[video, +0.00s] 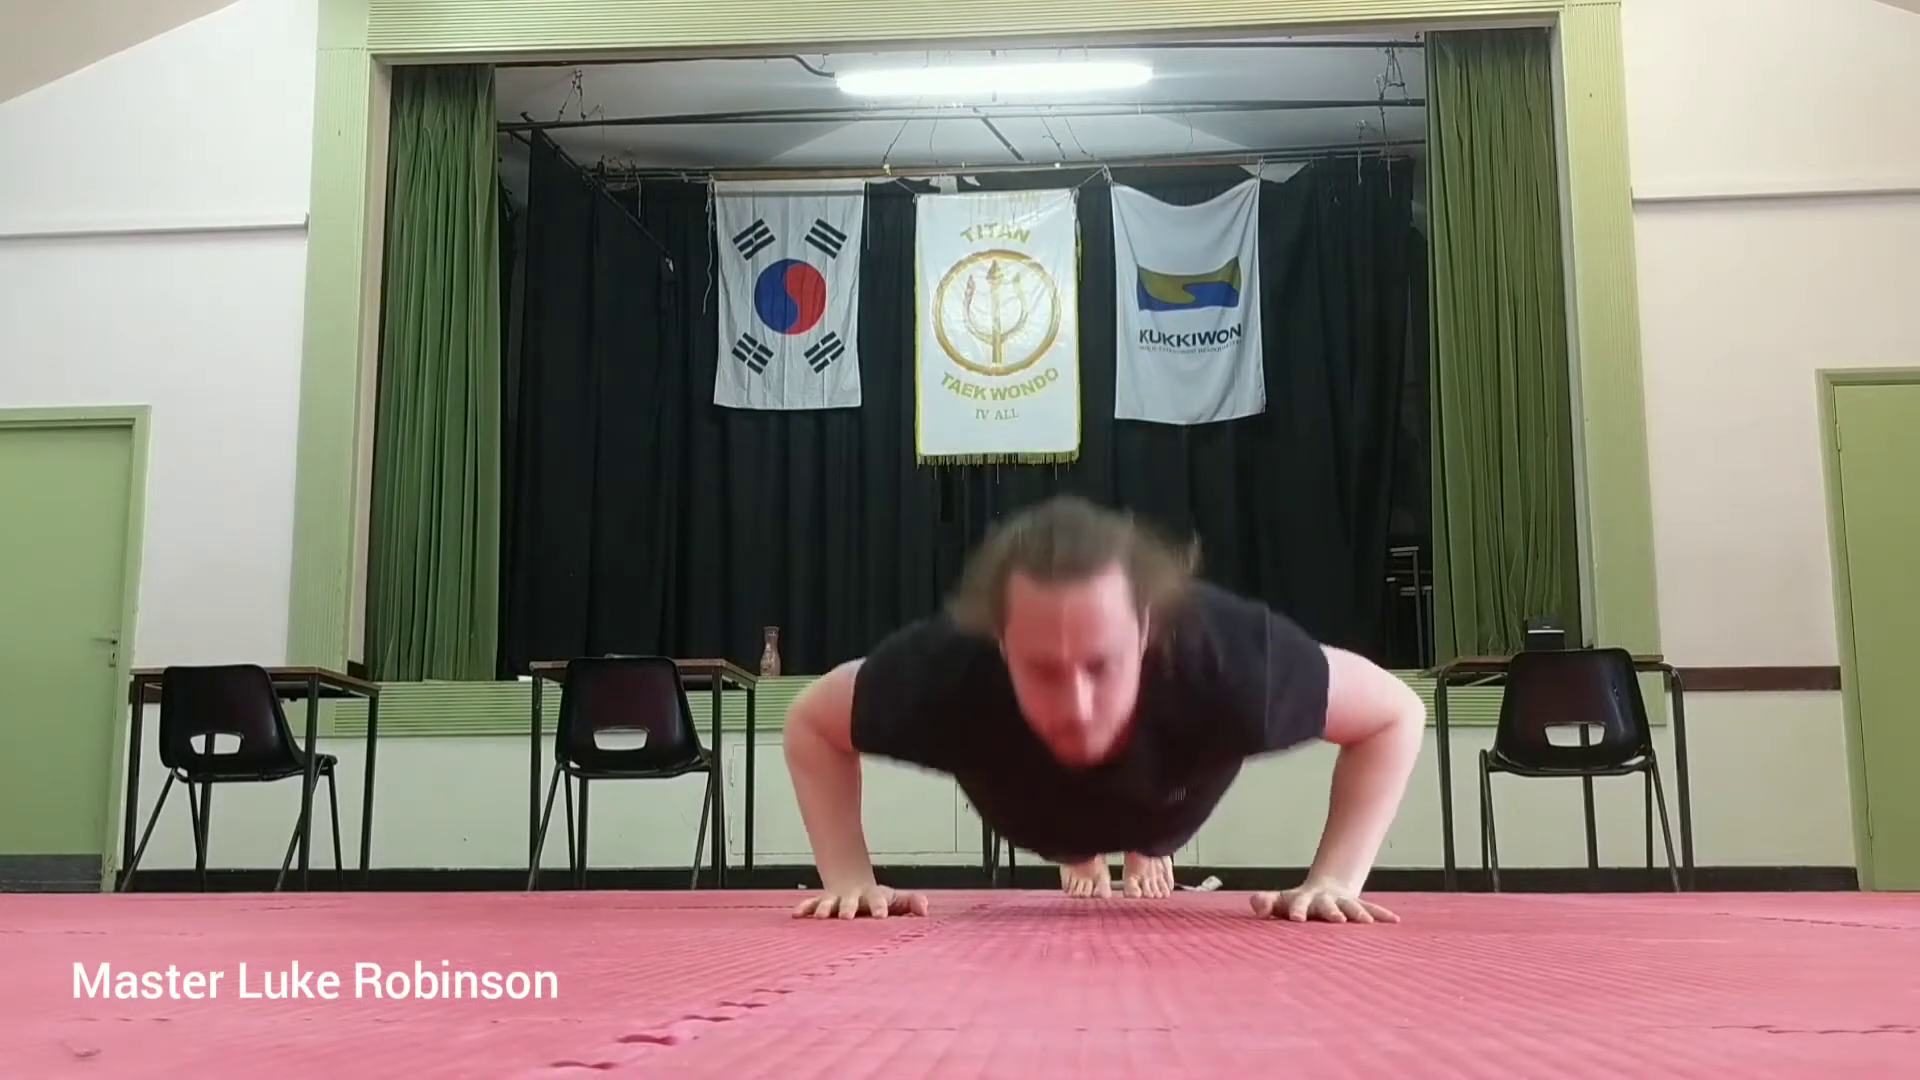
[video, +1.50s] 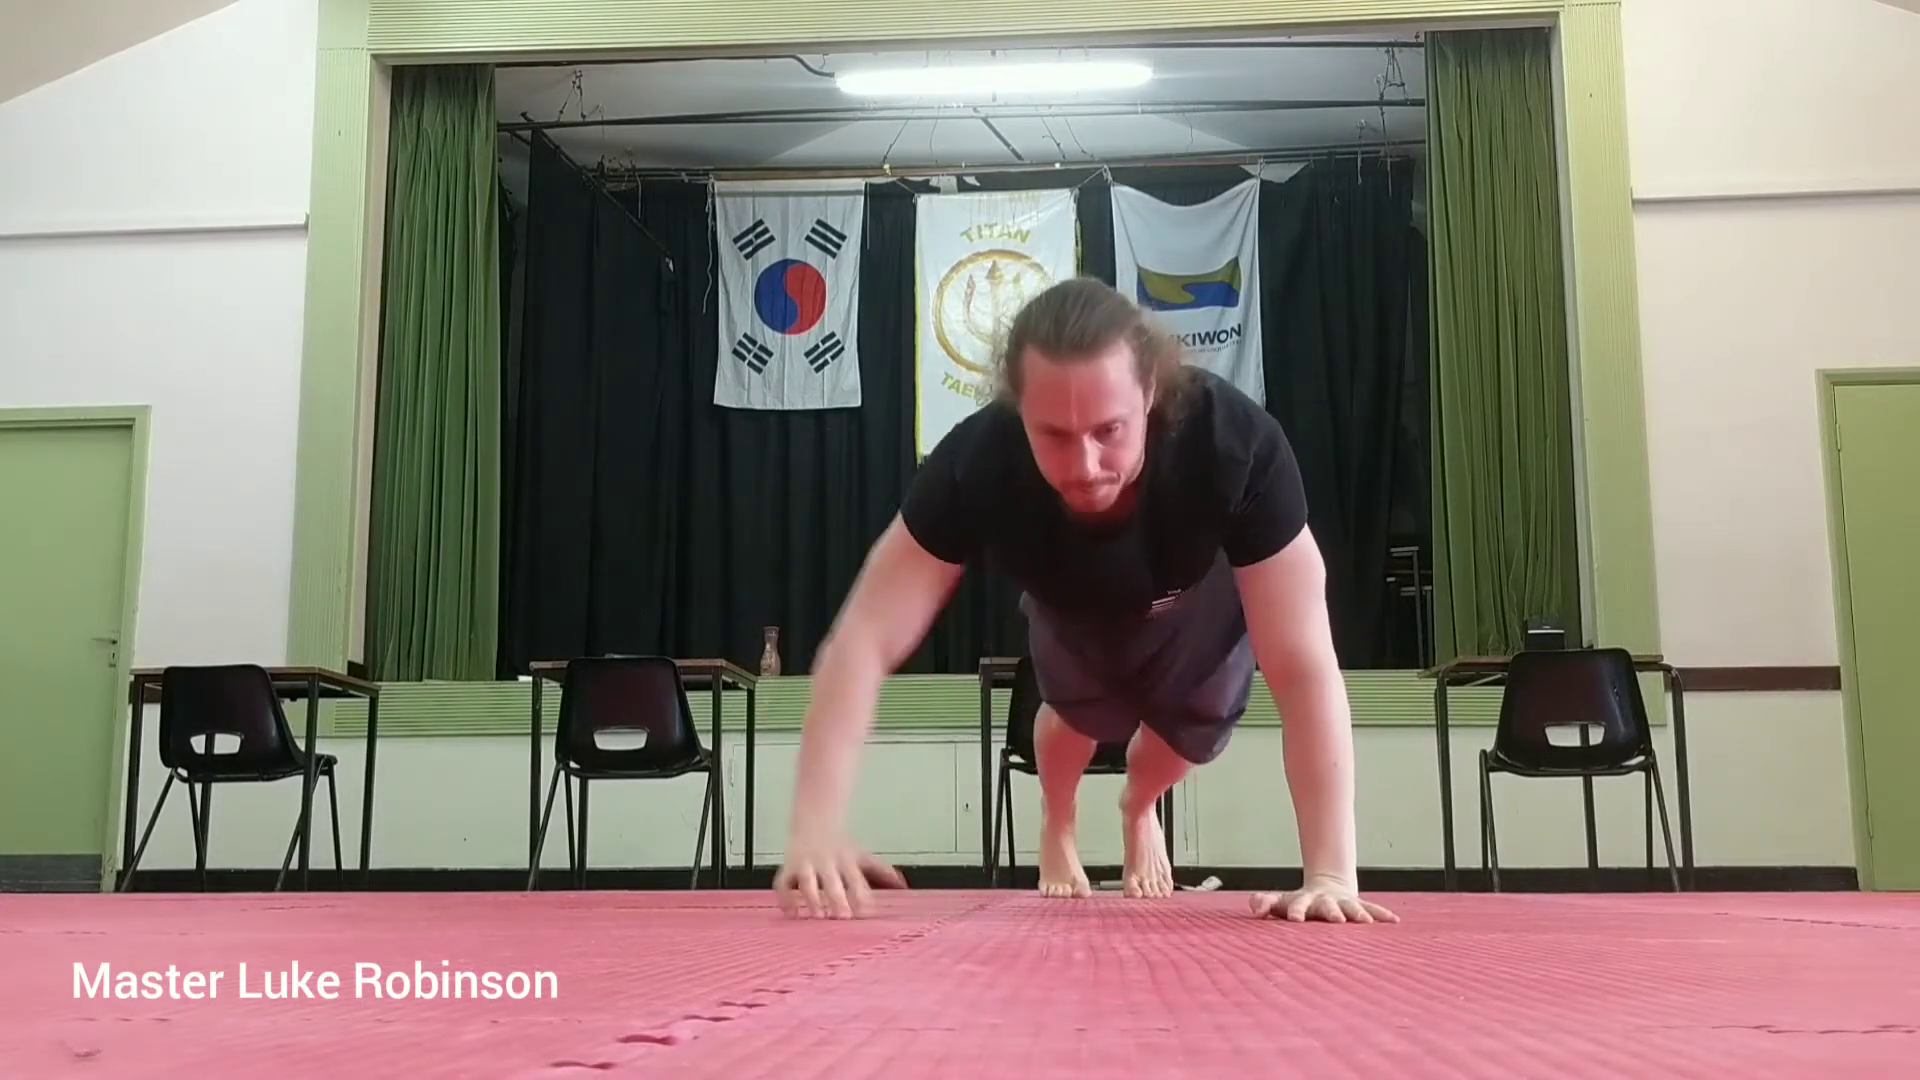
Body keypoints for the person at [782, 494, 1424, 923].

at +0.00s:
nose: (1076, 700)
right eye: (1046, 672)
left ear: (1145, 635)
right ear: (1003, 646)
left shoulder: (1229, 662)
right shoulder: (948, 675)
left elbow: (1394, 716)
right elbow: (813, 723)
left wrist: (1337, 878)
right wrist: (848, 880)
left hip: (1167, 795)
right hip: (1032, 806)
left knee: (1146, 822)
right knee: (1067, 833)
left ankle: (1144, 851)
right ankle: (1082, 855)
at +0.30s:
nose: (1085, 813)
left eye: (1110, 775)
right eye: (1050, 779)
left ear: (1157, 744)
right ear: (1006, 749)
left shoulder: (1242, 754)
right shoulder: (947, 747)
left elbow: (1397, 714)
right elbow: (796, 712)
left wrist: (1335, 878)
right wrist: (845, 875)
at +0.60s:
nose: (1071, 569)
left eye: (1095, 535)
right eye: (1043, 537)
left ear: (1141, 522)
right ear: (1003, 527)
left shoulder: (1225, 588)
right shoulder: (948, 596)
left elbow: (1390, 708)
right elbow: (798, 720)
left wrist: (1336, 877)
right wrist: (846, 872)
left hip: (1166, 773)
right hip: (1040, 784)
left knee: (1155, 816)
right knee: (1074, 830)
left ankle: (1148, 845)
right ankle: (1081, 860)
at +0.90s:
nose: (1067, 416)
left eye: (1090, 379)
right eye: (1036, 384)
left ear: (1133, 361)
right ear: (997, 374)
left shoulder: (1215, 469)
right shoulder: (939, 481)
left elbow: (1324, 674)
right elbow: (855, 679)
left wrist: (1329, 876)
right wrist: (849, 877)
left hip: (1157, 672)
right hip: (1030, 678)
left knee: (1150, 755)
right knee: (1057, 763)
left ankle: (1141, 816)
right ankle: (1076, 822)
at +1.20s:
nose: (1082, 438)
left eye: (1106, 402)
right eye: (1050, 408)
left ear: (1148, 372)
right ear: (1013, 387)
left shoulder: (1231, 451)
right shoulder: (957, 469)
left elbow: (1299, 670)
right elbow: (887, 672)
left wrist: (1327, 874)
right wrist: (850, 872)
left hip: (1167, 618)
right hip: (1034, 628)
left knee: (1153, 736)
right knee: (1050, 742)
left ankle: (1139, 824)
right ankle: (1062, 827)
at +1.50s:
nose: (1084, 463)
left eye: (1108, 431)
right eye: (1055, 435)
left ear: (1150, 397)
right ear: (1020, 408)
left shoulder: (1236, 450)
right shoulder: (979, 465)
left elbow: (1305, 670)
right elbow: (861, 641)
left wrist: (1330, 875)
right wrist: (814, 837)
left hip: (1202, 610)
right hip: (1071, 615)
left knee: (1180, 742)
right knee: (1073, 725)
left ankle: (1139, 809)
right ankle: (1059, 828)